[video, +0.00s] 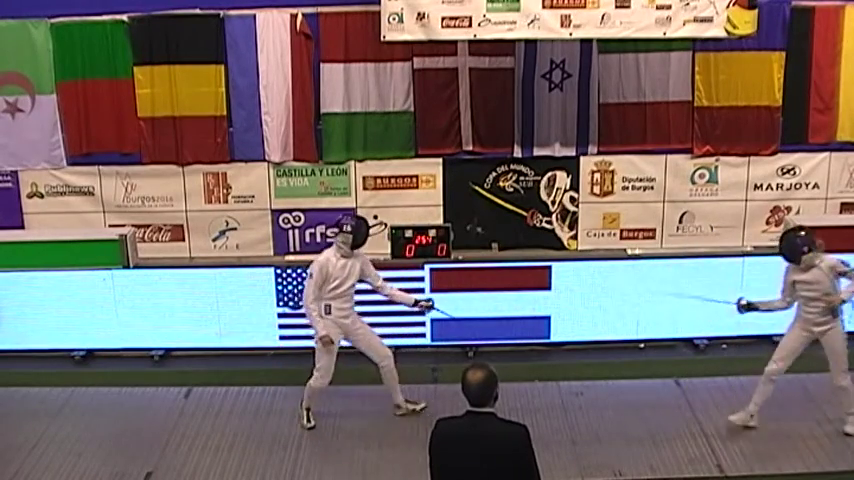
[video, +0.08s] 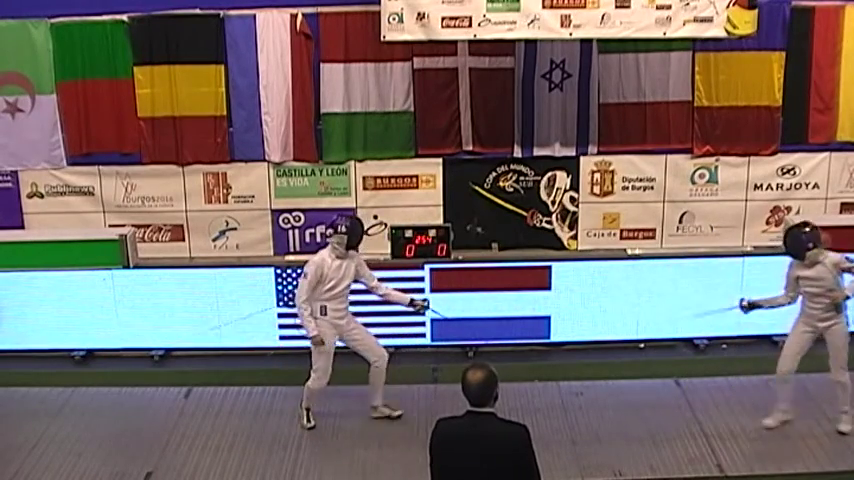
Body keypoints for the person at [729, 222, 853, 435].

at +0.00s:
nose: (801, 263)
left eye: (803, 259)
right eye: (797, 261)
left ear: (809, 251)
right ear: (793, 259)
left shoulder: (829, 264)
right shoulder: (792, 272)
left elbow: (853, 280)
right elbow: (786, 301)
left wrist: (843, 297)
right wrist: (753, 306)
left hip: (831, 327)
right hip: (802, 326)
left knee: (841, 380)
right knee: (772, 370)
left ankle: (850, 419)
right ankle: (750, 414)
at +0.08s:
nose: (806, 258)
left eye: (809, 254)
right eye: (802, 255)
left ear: (815, 248)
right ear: (797, 254)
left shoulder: (833, 261)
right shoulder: (795, 268)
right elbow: (789, 297)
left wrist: (846, 293)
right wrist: (756, 304)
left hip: (834, 323)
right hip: (807, 322)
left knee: (839, 374)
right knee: (784, 369)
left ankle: (846, 416)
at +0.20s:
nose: (811, 266)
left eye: (813, 261)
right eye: (807, 263)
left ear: (818, 254)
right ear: (803, 262)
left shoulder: (838, 269)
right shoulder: (799, 273)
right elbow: (790, 303)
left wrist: (846, 305)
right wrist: (757, 315)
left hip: (839, 331)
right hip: (812, 331)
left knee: (839, 379)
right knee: (798, 376)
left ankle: (842, 417)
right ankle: (811, 411)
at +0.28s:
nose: (814, 269)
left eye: (816, 264)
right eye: (810, 266)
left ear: (821, 258)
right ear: (804, 265)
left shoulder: (839, 272)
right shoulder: (801, 276)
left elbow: (853, 292)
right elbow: (796, 306)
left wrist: (845, 307)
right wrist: (765, 320)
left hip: (840, 333)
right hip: (813, 331)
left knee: (839, 380)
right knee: (790, 374)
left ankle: (843, 416)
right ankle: (807, 406)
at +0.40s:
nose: (808, 263)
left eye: (810, 259)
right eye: (804, 260)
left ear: (817, 252)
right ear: (799, 258)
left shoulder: (835, 265)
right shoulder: (798, 271)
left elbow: (852, 284)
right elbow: (795, 301)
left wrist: (843, 299)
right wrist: (763, 316)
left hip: (836, 328)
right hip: (807, 326)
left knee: (838, 376)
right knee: (777, 367)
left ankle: (842, 417)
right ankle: (782, 409)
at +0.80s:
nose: (777, 263)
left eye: (779, 259)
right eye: (773, 260)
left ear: (789, 252)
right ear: (769, 257)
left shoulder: (806, 266)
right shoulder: (766, 270)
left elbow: (828, 287)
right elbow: (746, 296)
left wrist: (810, 301)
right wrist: (712, 294)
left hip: (808, 329)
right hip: (779, 329)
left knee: (823, 380)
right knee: (753, 374)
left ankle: (843, 414)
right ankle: (742, 417)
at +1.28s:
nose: (799, 261)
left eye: (801, 257)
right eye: (796, 258)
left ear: (810, 249)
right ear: (795, 255)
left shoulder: (831, 260)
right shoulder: (791, 268)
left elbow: (853, 274)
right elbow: (780, 298)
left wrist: (843, 292)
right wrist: (748, 311)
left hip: (833, 323)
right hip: (804, 323)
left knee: (845, 374)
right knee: (775, 367)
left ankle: (852, 420)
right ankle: (762, 412)